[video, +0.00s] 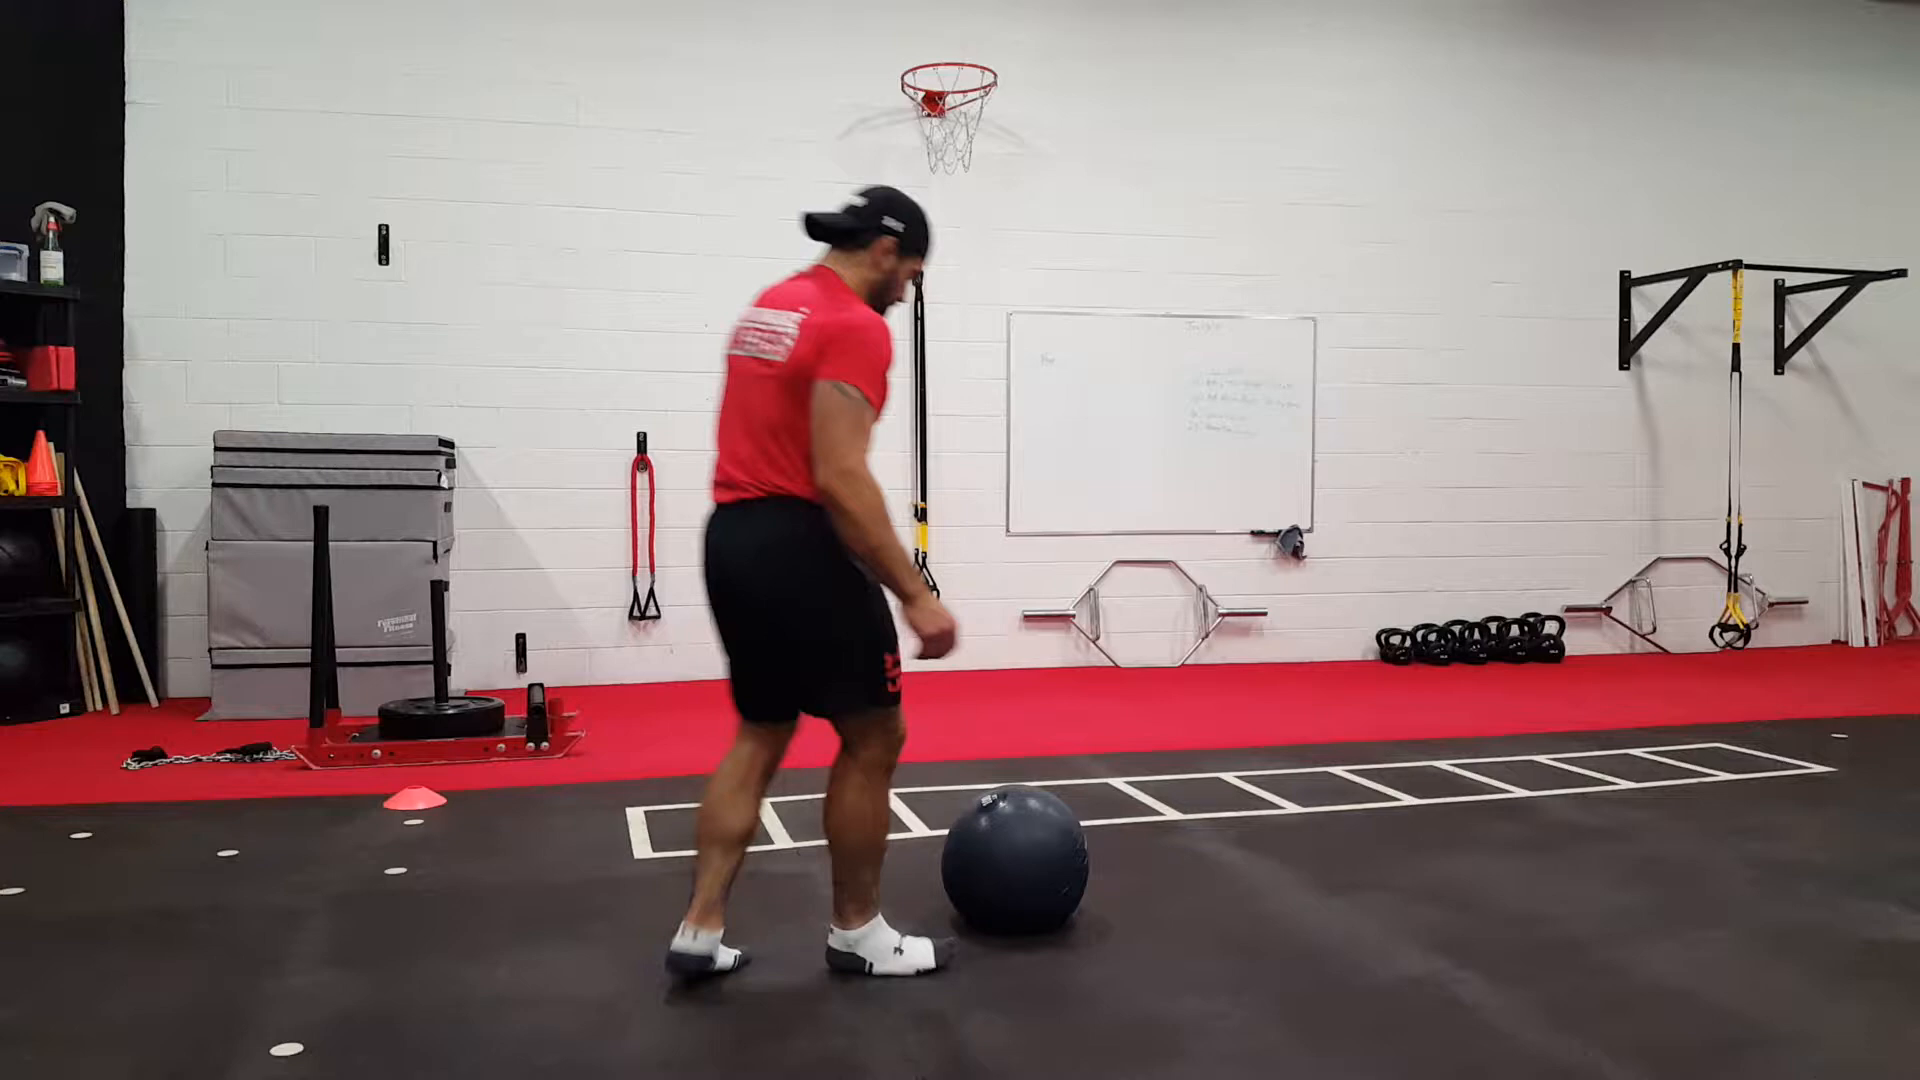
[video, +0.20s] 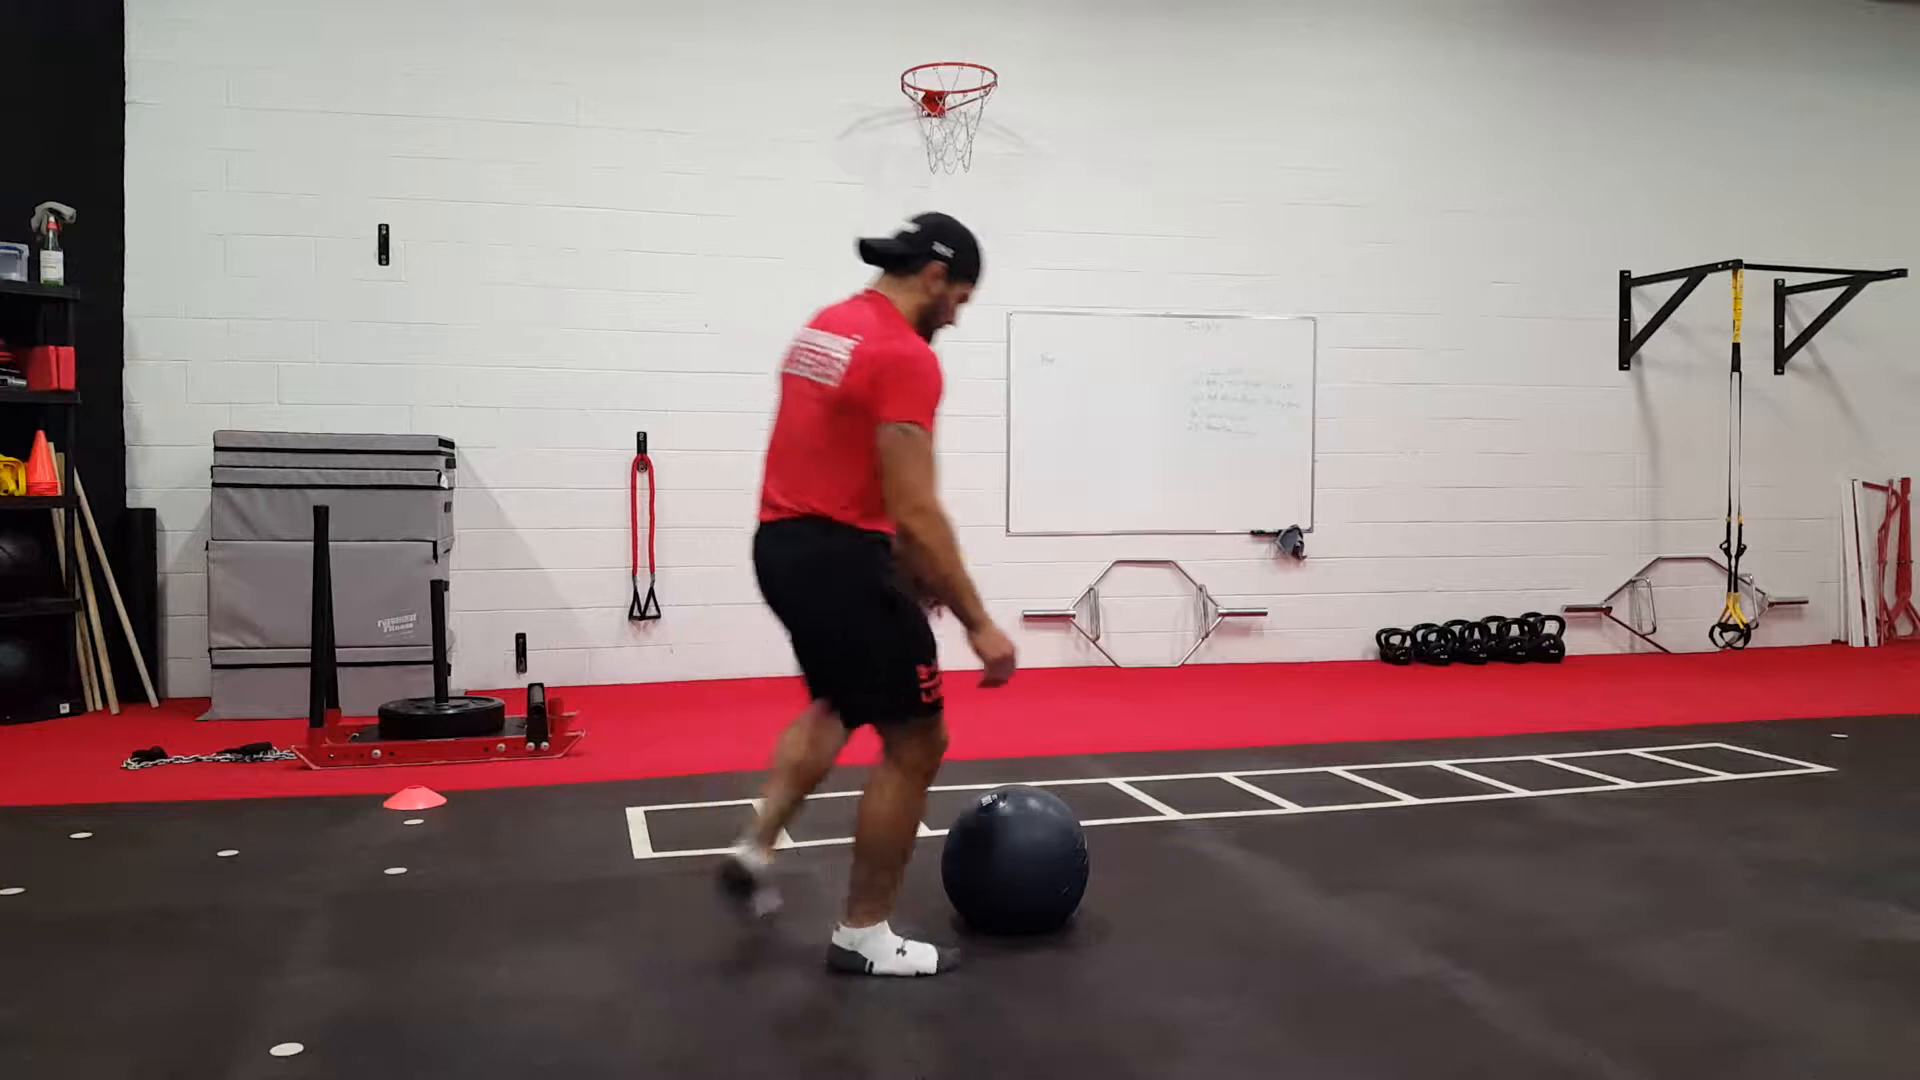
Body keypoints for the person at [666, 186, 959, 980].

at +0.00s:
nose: (908, 288)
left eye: (914, 275)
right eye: (910, 271)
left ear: (851, 244)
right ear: (882, 249)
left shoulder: (776, 301)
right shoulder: (853, 326)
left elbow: (763, 448)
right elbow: (839, 472)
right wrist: (915, 595)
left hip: (736, 538)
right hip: (806, 541)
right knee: (873, 735)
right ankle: (857, 927)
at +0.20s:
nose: (958, 312)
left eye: (964, 298)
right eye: (960, 294)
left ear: (901, 270)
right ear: (933, 275)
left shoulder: (829, 324)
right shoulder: (903, 357)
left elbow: (836, 467)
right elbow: (915, 512)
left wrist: (902, 561)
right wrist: (980, 622)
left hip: (784, 545)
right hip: (845, 555)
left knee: (838, 702)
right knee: (916, 742)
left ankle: (754, 846)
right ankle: (865, 929)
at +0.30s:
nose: (986, 322)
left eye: (993, 309)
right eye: (989, 305)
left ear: (934, 277)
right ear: (961, 282)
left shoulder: (860, 326)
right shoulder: (937, 355)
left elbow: (864, 475)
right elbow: (940, 504)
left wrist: (918, 563)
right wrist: (990, 614)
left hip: (804, 536)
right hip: (857, 543)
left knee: (867, 695)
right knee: (930, 741)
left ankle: (828, 847)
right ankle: (866, 924)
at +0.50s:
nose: (1036, 385)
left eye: (1041, 371)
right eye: (1038, 368)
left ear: (996, 341)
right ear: (1014, 345)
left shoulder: (933, 394)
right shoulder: (969, 413)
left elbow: (936, 557)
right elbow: (970, 561)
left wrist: (975, 653)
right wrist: (1016, 677)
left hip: (824, 569)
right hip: (858, 577)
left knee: (924, 708)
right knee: (1009, 717)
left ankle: (913, 853)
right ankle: (966, 906)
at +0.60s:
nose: (1057, 447)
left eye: (1063, 432)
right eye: (1058, 429)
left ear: (1016, 410)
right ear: (1032, 410)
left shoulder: (952, 459)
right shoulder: (988, 487)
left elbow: (960, 617)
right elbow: (998, 640)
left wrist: (992, 726)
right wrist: (1044, 767)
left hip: (826, 616)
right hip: (859, 627)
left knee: (938, 712)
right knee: (1029, 736)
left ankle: (915, 854)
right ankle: (991, 934)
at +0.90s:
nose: (1089, 565)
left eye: (1094, 553)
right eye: (1092, 550)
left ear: (1049, 533)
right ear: (1065, 536)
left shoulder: (981, 570)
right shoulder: (1032, 610)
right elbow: (1019, 750)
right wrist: (1041, 872)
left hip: (850, 716)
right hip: (882, 730)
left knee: (962, 719)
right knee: (1070, 758)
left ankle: (916, 854)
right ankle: (996, 935)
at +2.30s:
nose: (1066, 511)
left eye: (1065, 498)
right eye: (1060, 498)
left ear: (1016, 502)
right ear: (1026, 500)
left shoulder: (979, 552)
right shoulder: (1032, 571)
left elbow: (973, 689)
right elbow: (1016, 710)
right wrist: (1018, 805)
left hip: (862, 702)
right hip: (894, 714)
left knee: (966, 716)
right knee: (1073, 757)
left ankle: (920, 852)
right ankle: (995, 932)